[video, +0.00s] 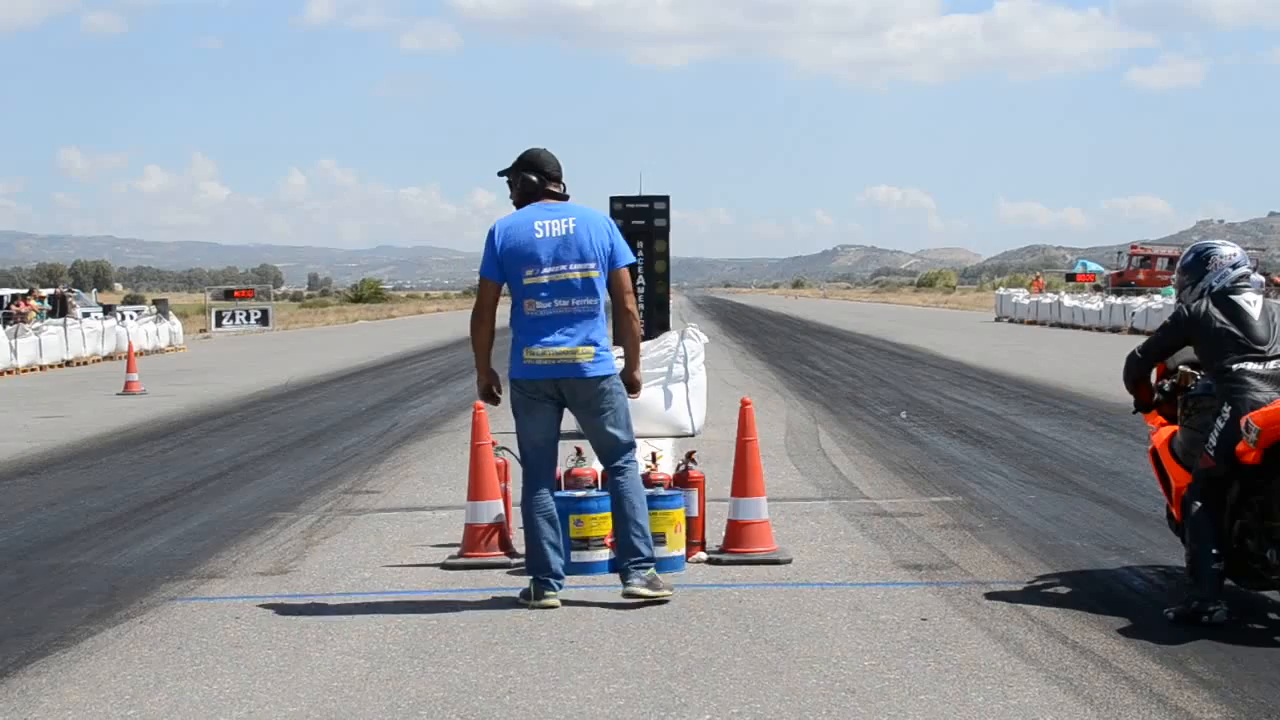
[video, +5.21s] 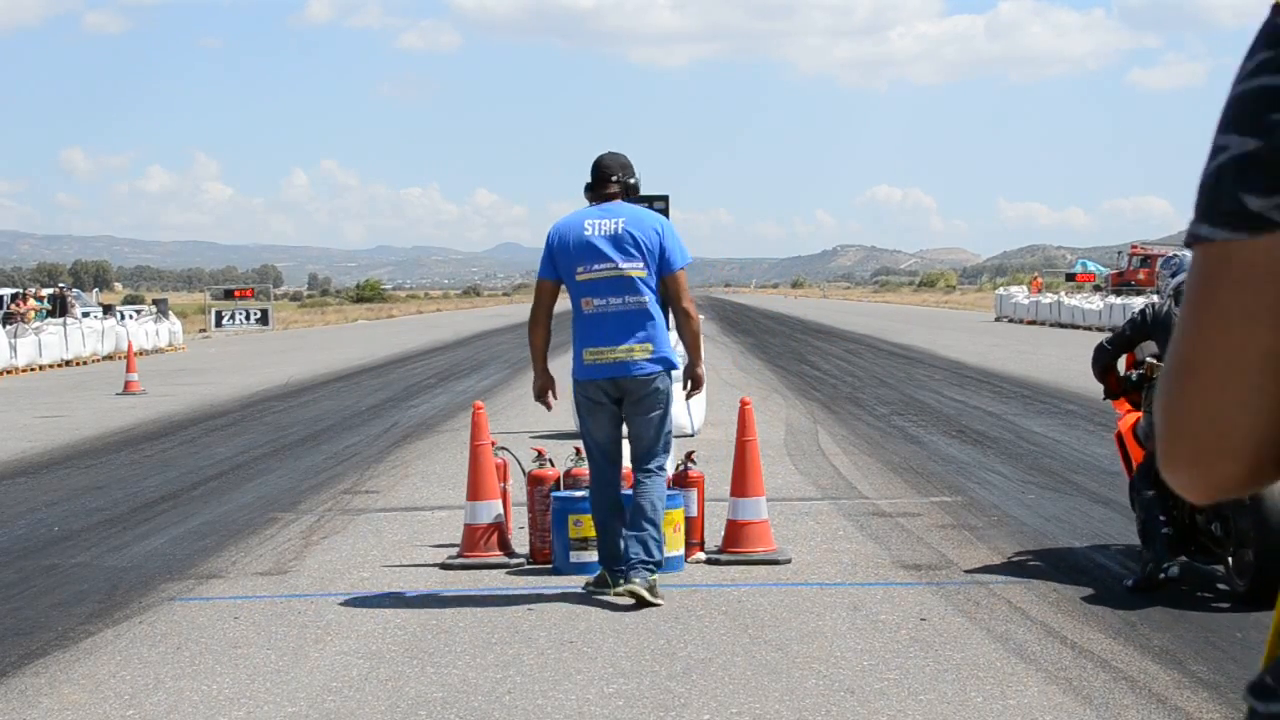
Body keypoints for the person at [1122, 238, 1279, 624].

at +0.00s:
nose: (1182, 289)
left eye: (1184, 281)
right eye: (1182, 282)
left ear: (1198, 276)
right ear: (1240, 267)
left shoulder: (1197, 310)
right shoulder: (1269, 302)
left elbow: (1138, 361)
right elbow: (1255, 351)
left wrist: (1146, 398)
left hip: (1244, 404)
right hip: (1279, 398)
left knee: (1200, 496)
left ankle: (1207, 598)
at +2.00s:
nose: (1186, 287)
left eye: (1190, 280)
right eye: (1187, 280)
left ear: (1205, 276)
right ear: (1244, 268)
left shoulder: (1200, 309)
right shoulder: (1271, 301)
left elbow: (1139, 357)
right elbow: (1258, 353)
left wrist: (1148, 398)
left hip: (1243, 405)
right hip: (1279, 399)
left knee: (1198, 494)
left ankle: (1206, 593)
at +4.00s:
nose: (1188, 283)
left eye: (1191, 276)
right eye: (1189, 277)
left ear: (1201, 274)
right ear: (1241, 273)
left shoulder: (1192, 309)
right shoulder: (1268, 308)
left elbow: (1131, 350)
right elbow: (1259, 353)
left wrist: (1132, 386)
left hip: (1230, 402)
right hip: (1273, 397)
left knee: (1170, 484)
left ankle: (1187, 556)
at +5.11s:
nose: (1163, 284)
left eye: (1165, 278)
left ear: (1171, 276)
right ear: (1212, 275)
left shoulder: (1160, 311)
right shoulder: (1235, 302)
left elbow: (1103, 356)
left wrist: (1115, 386)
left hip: (1195, 402)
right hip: (1244, 397)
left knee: (1145, 476)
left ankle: (1163, 547)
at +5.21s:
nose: (1160, 289)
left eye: (1160, 282)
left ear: (1166, 282)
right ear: (1198, 280)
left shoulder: (1157, 314)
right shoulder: (1222, 312)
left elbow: (1104, 353)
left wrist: (1116, 386)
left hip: (1169, 425)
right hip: (1223, 419)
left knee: (1144, 482)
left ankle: (1155, 559)